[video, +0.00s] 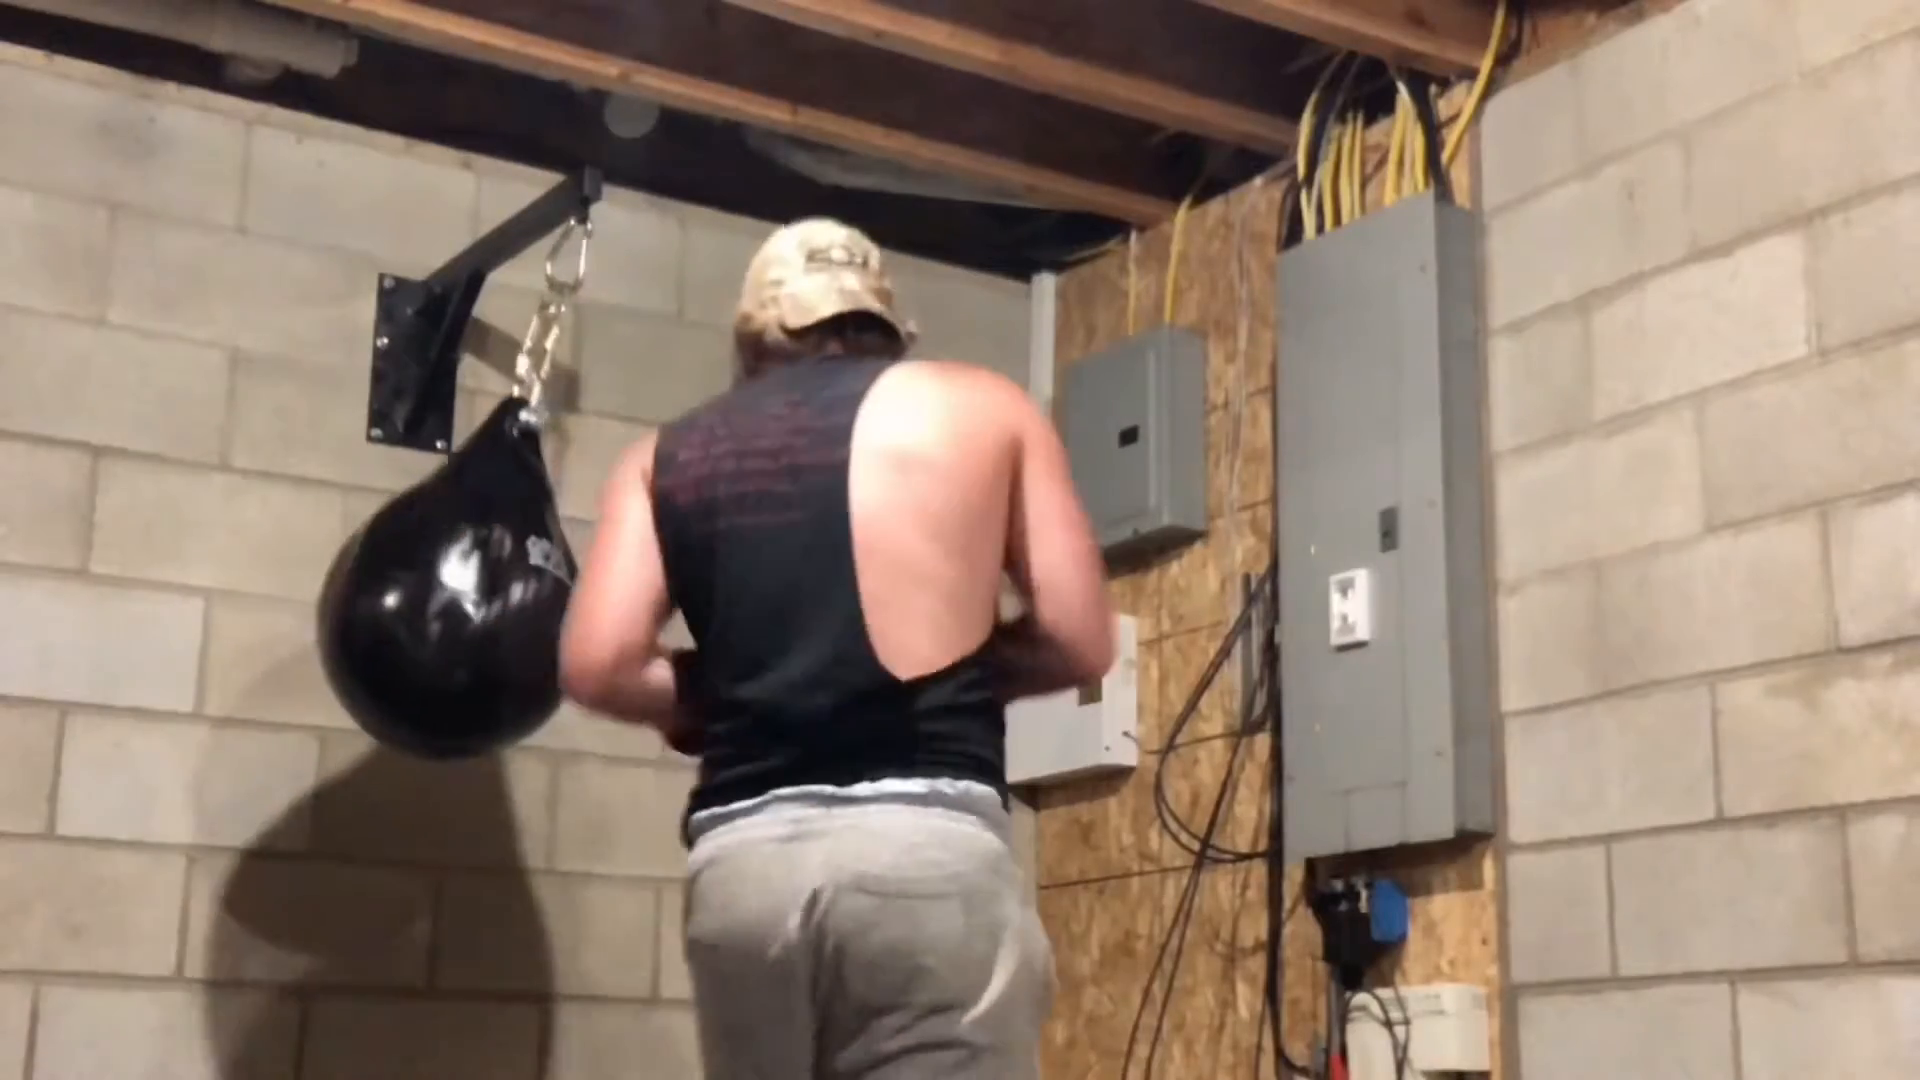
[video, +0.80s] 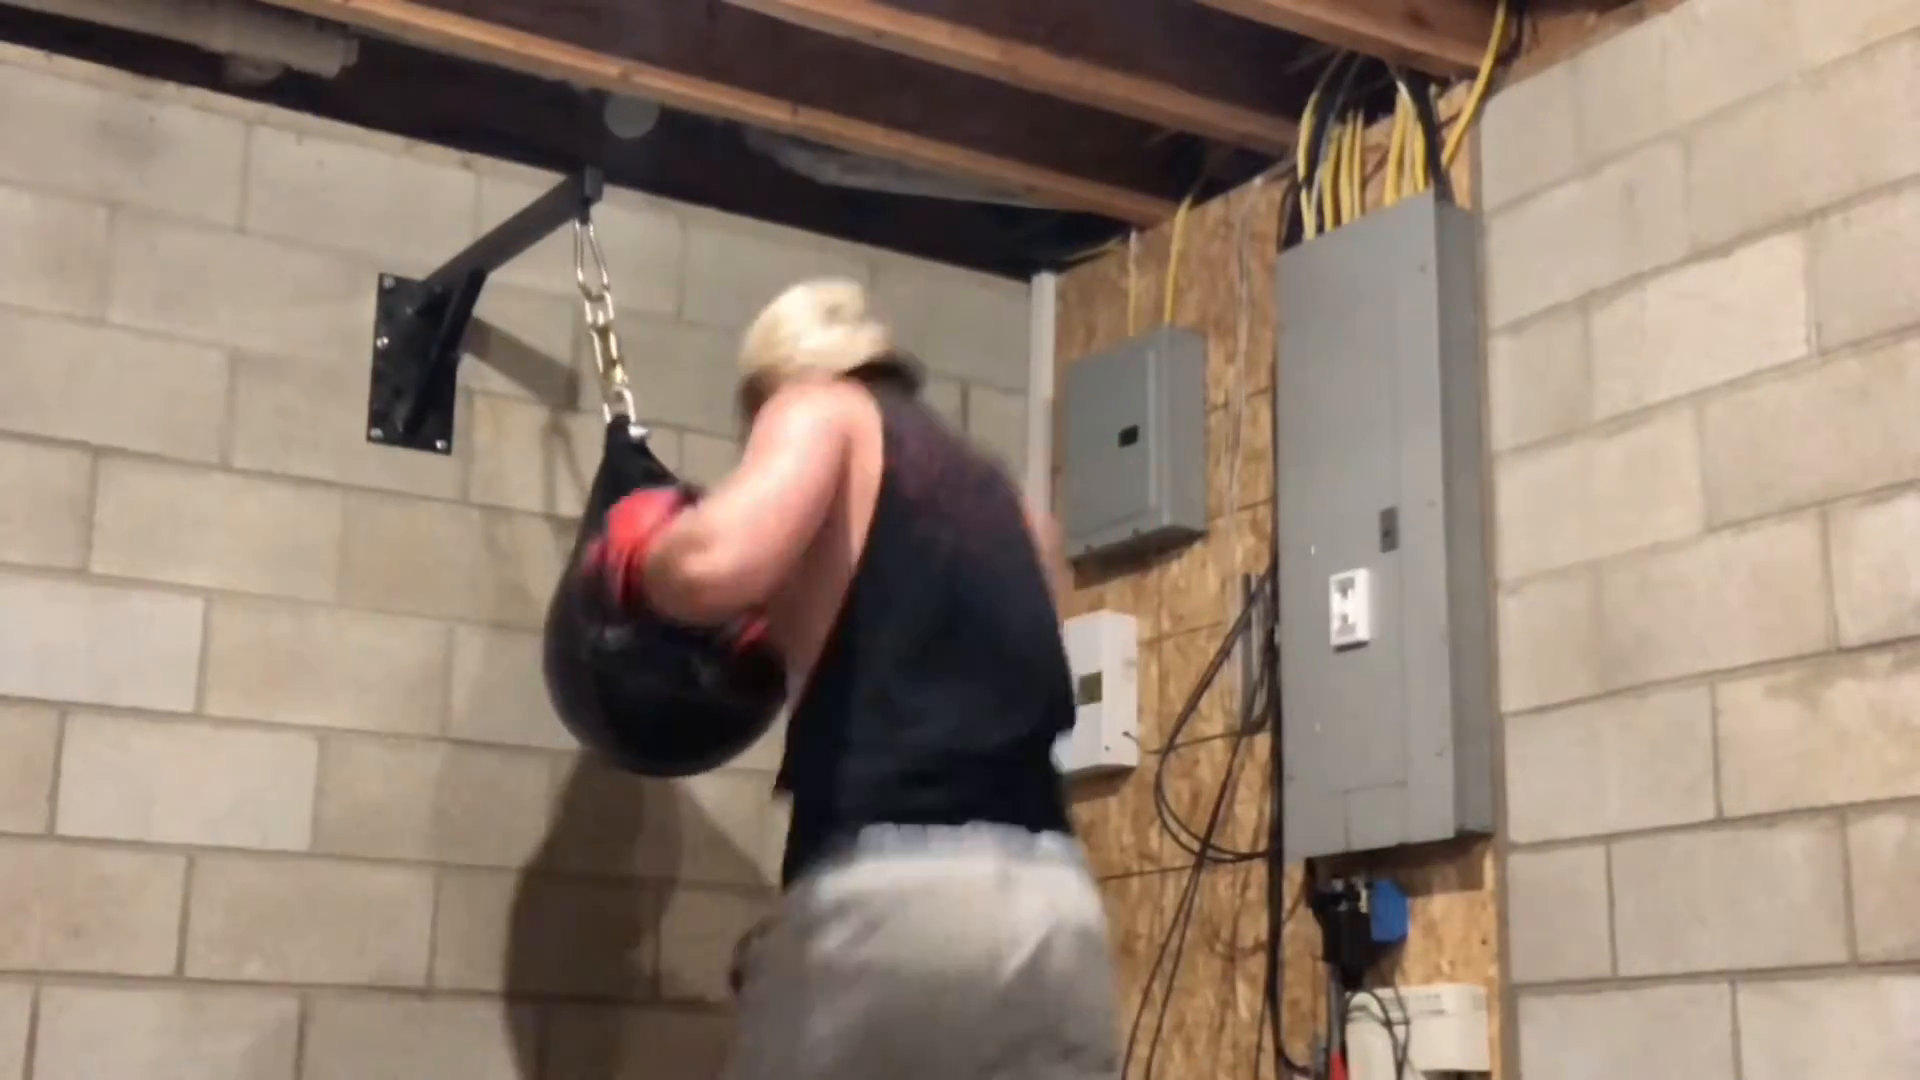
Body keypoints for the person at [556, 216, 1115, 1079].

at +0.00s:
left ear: (754, 333)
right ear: (888, 319)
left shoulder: (663, 455)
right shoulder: (992, 405)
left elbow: (596, 667)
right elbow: (1079, 647)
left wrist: (714, 698)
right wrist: (945, 670)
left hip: (743, 865)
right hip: (936, 853)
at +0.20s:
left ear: (768, 363)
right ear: (898, 338)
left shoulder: (711, 482)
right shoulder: (993, 413)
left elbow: (642, 720)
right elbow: (1133, 632)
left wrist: (789, 652)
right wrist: (1016, 602)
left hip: (754, 896)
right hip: (934, 880)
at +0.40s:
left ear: (827, 345)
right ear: (956, 334)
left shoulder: (746, 447)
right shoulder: (1053, 424)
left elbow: (681, 687)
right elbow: (1136, 667)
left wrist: (802, 600)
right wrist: (1029, 581)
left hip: (800, 874)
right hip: (992, 863)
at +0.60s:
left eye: (835, 361)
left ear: (848, 354)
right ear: (974, 358)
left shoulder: (817, 411)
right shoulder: (1091, 467)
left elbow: (706, 613)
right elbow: (1097, 723)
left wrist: (788, 602)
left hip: (857, 869)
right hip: (1052, 881)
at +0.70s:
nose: (796, 361)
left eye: (806, 351)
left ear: (830, 341)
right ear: (942, 342)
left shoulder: (828, 382)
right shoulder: (1061, 460)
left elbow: (716, 561)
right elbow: (1062, 642)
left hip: (880, 860)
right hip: (1061, 869)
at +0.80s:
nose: (761, 421)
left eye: (762, 404)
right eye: (758, 409)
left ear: (783, 376)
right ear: (884, 360)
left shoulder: (820, 408)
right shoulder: (999, 485)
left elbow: (721, 572)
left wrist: (639, 542)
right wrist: (795, 627)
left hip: (886, 902)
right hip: (1056, 899)